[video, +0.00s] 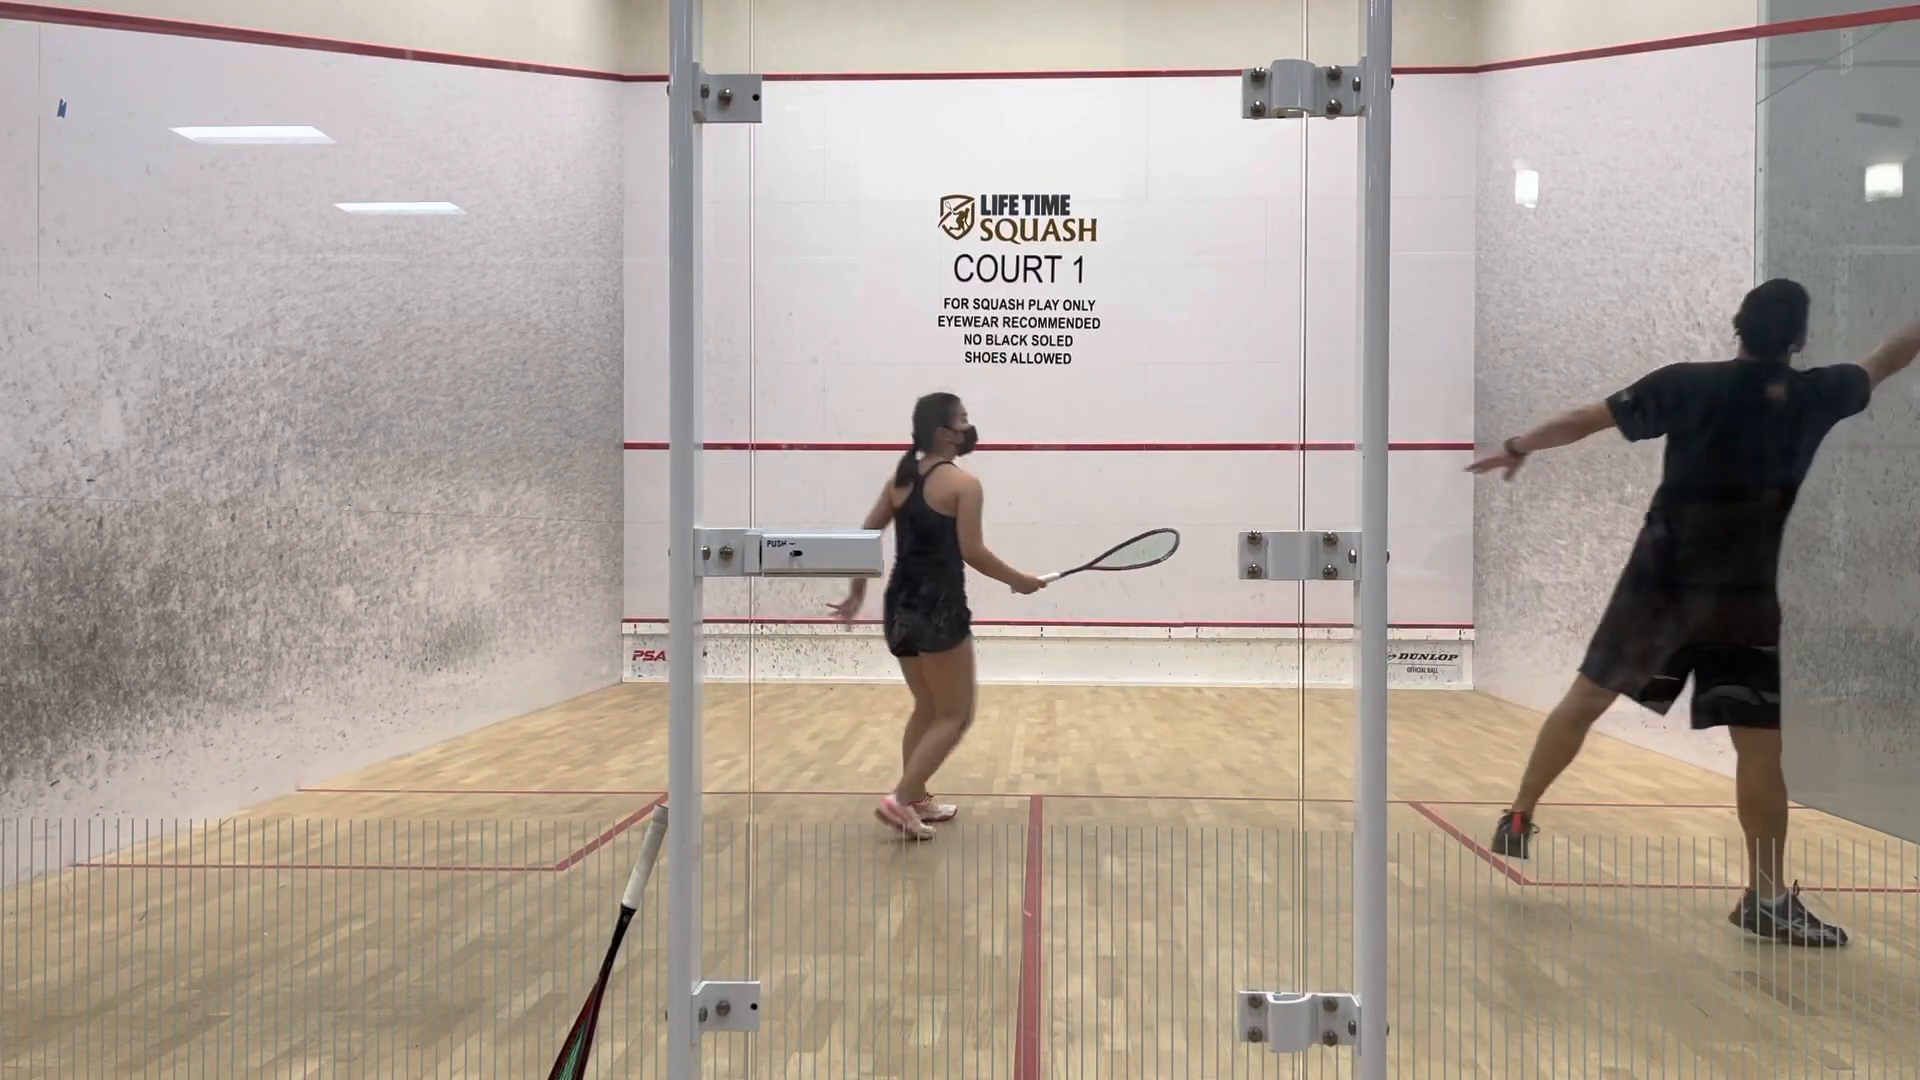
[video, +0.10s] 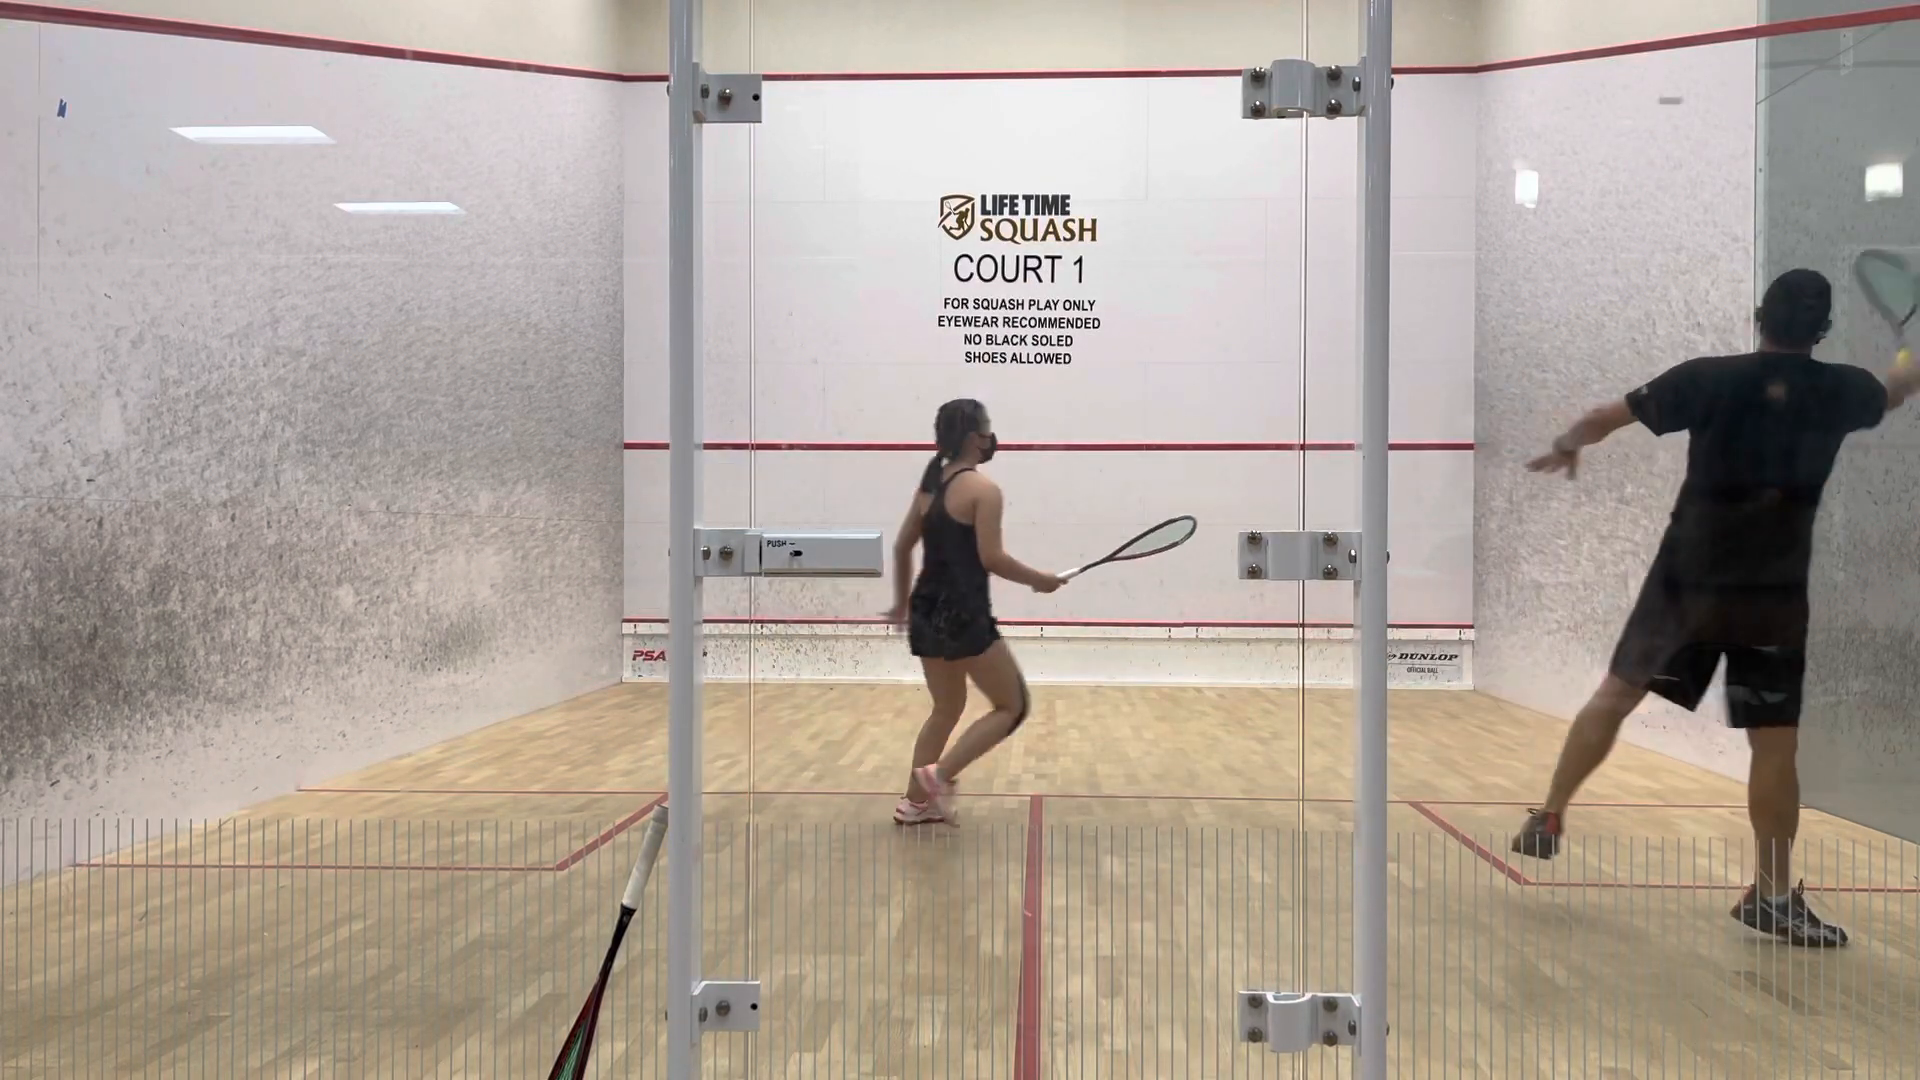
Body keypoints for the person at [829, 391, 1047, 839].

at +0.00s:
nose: (970, 427)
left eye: (967, 420)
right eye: (963, 421)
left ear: (927, 431)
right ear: (943, 430)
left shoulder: (902, 478)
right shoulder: (963, 483)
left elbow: (867, 533)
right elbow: (972, 551)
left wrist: (856, 592)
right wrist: (1017, 579)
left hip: (900, 610)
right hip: (940, 614)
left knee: (926, 707)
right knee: (956, 714)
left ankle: (914, 797)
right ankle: (901, 799)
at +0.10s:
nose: (993, 435)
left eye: (990, 428)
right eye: (987, 429)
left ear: (949, 439)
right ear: (972, 436)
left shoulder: (931, 484)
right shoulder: (984, 489)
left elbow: (903, 546)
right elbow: (991, 558)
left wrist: (901, 600)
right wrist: (1037, 579)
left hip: (926, 618)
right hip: (965, 621)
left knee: (946, 707)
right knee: (1013, 706)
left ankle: (916, 801)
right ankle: (942, 775)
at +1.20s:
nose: (1484, 508)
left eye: (1482, 501)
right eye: (1481, 502)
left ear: (1438, 509)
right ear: (1468, 510)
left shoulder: (1415, 547)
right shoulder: (1482, 564)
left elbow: (1386, 605)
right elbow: (1544, 592)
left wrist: (1382, 649)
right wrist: (1576, 582)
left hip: (1401, 660)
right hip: (1428, 672)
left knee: (1485, 689)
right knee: (1418, 771)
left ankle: (1494, 783)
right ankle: (1337, 783)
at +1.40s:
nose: (1504, 492)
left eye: (1501, 485)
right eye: (1502, 485)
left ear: (1457, 493)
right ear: (1496, 493)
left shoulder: (1433, 533)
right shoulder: (1511, 542)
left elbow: (1405, 585)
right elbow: (1505, 583)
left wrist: (1439, 556)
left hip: (1417, 648)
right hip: (1452, 659)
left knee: (1495, 689)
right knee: (1461, 753)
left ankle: (1497, 782)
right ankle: (1366, 762)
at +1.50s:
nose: (1497, 483)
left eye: (1493, 477)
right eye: (1495, 477)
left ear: (1451, 484)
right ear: (1492, 486)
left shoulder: (1426, 526)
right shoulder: (1507, 533)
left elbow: (1387, 571)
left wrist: (1395, 541)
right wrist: (1426, 533)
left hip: (1420, 645)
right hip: (1458, 654)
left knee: (1496, 691)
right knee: (1477, 748)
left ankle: (1497, 782)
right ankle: (1386, 757)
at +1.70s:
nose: (1456, 463)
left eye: (1454, 457)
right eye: (1454, 457)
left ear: (1408, 463)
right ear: (1449, 464)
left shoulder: (1392, 508)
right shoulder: (1465, 515)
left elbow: (1370, 551)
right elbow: (1481, 573)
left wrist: (1330, 569)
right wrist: (1446, 566)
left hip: (1397, 628)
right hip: (1439, 631)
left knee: (1457, 715)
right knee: (1452, 731)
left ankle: (1488, 782)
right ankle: (1385, 790)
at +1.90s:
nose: (1416, 444)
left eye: (1413, 436)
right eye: (1412, 437)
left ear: (1371, 437)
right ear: (1400, 441)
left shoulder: (1341, 489)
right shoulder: (1416, 493)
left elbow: (1317, 540)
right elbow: (1441, 557)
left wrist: (1319, 579)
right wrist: (1460, 571)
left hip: (1352, 609)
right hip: (1396, 612)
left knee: (1395, 698)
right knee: (1413, 714)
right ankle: (1369, 802)